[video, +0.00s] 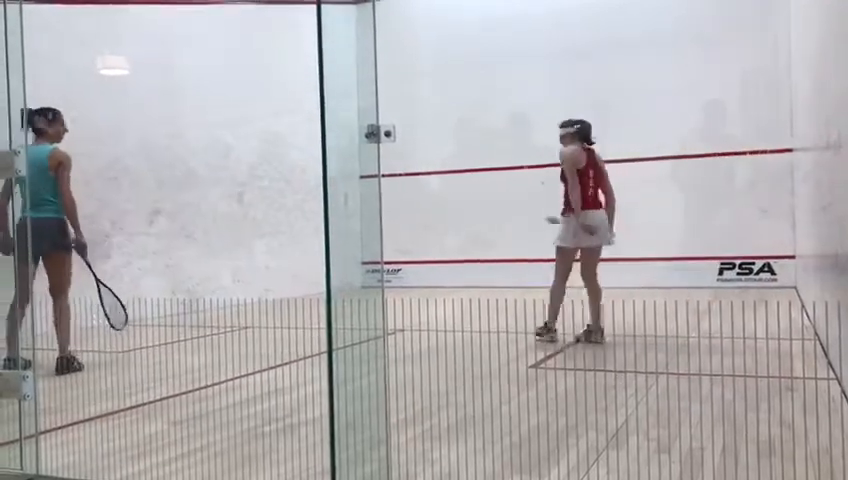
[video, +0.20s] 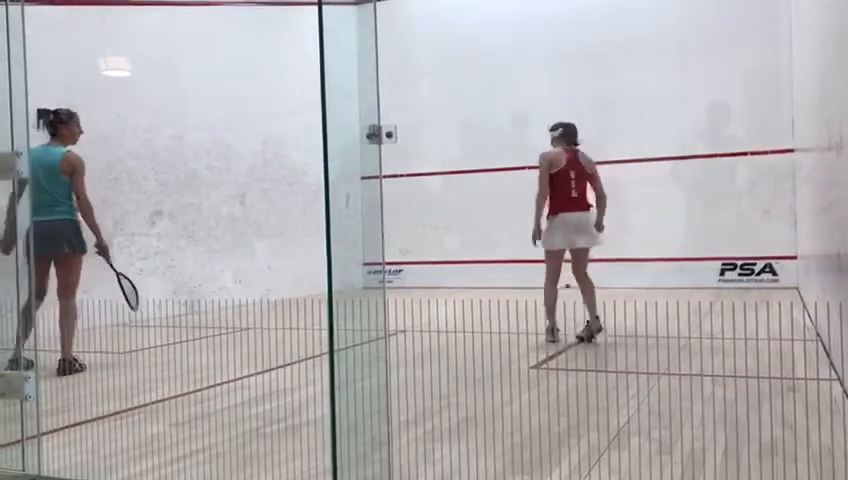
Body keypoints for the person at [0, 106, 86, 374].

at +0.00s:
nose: (65, 131)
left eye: (64, 126)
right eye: (61, 126)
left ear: (39, 127)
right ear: (46, 125)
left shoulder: (19, 155)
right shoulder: (59, 156)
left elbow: (3, 197)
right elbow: (65, 196)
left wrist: (3, 231)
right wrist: (78, 233)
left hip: (24, 228)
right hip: (53, 227)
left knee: (21, 297)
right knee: (60, 293)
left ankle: (11, 355)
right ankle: (64, 355)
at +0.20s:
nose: (80, 131)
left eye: (79, 126)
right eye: (76, 126)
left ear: (56, 128)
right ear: (61, 127)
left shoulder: (31, 155)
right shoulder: (73, 159)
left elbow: (14, 197)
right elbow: (82, 202)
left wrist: (8, 232)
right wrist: (99, 237)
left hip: (36, 231)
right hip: (66, 230)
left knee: (36, 293)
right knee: (67, 296)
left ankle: (16, 351)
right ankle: (67, 358)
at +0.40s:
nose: (89, 132)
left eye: (88, 127)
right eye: (85, 127)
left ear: (64, 128)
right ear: (70, 127)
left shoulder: (39, 155)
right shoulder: (81, 159)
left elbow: (23, 194)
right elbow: (91, 203)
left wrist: (29, 222)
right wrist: (107, 231)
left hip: (41, 229)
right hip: (71, 230)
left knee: (41, 298)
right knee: (70, 299)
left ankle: (27, 355)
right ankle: (67, 359)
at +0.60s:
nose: (91, 132)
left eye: (90, 126)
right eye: (87, 127)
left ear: (68, 128)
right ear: (73, 127)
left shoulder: (41, 155)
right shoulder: (83, 161)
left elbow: (23, 192)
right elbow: (93, 205)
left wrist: (35, 217)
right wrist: (106, 232)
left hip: (43, 229)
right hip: (73, 230)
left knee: (40, 296)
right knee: (71, 298)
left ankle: (29, 356)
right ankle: (68, 359)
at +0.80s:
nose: (92, 132)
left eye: (91, 127)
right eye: (89, 127)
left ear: (69, 128)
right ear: (75, 128)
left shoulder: (42, 154)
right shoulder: (85, 161)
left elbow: (20, 189)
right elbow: (93, 206)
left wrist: (33, 219)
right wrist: (106, 237)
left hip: (44, 229)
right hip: (74, 230)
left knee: (40, 297)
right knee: (71, 299)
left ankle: (29, 357)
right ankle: (69, 359)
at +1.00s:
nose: (93, 132)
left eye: (92, 126)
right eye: (89, 127)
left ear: (70, 129)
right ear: (75, 128)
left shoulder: (45, 155)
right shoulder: (86, 161)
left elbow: (24, 190)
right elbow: (93, 206)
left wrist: (27, 226)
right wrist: (106, 241)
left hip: (44, 229)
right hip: (75, 230)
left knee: (40, 296)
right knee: (72, 299)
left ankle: (30, 357)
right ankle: (69, 359)